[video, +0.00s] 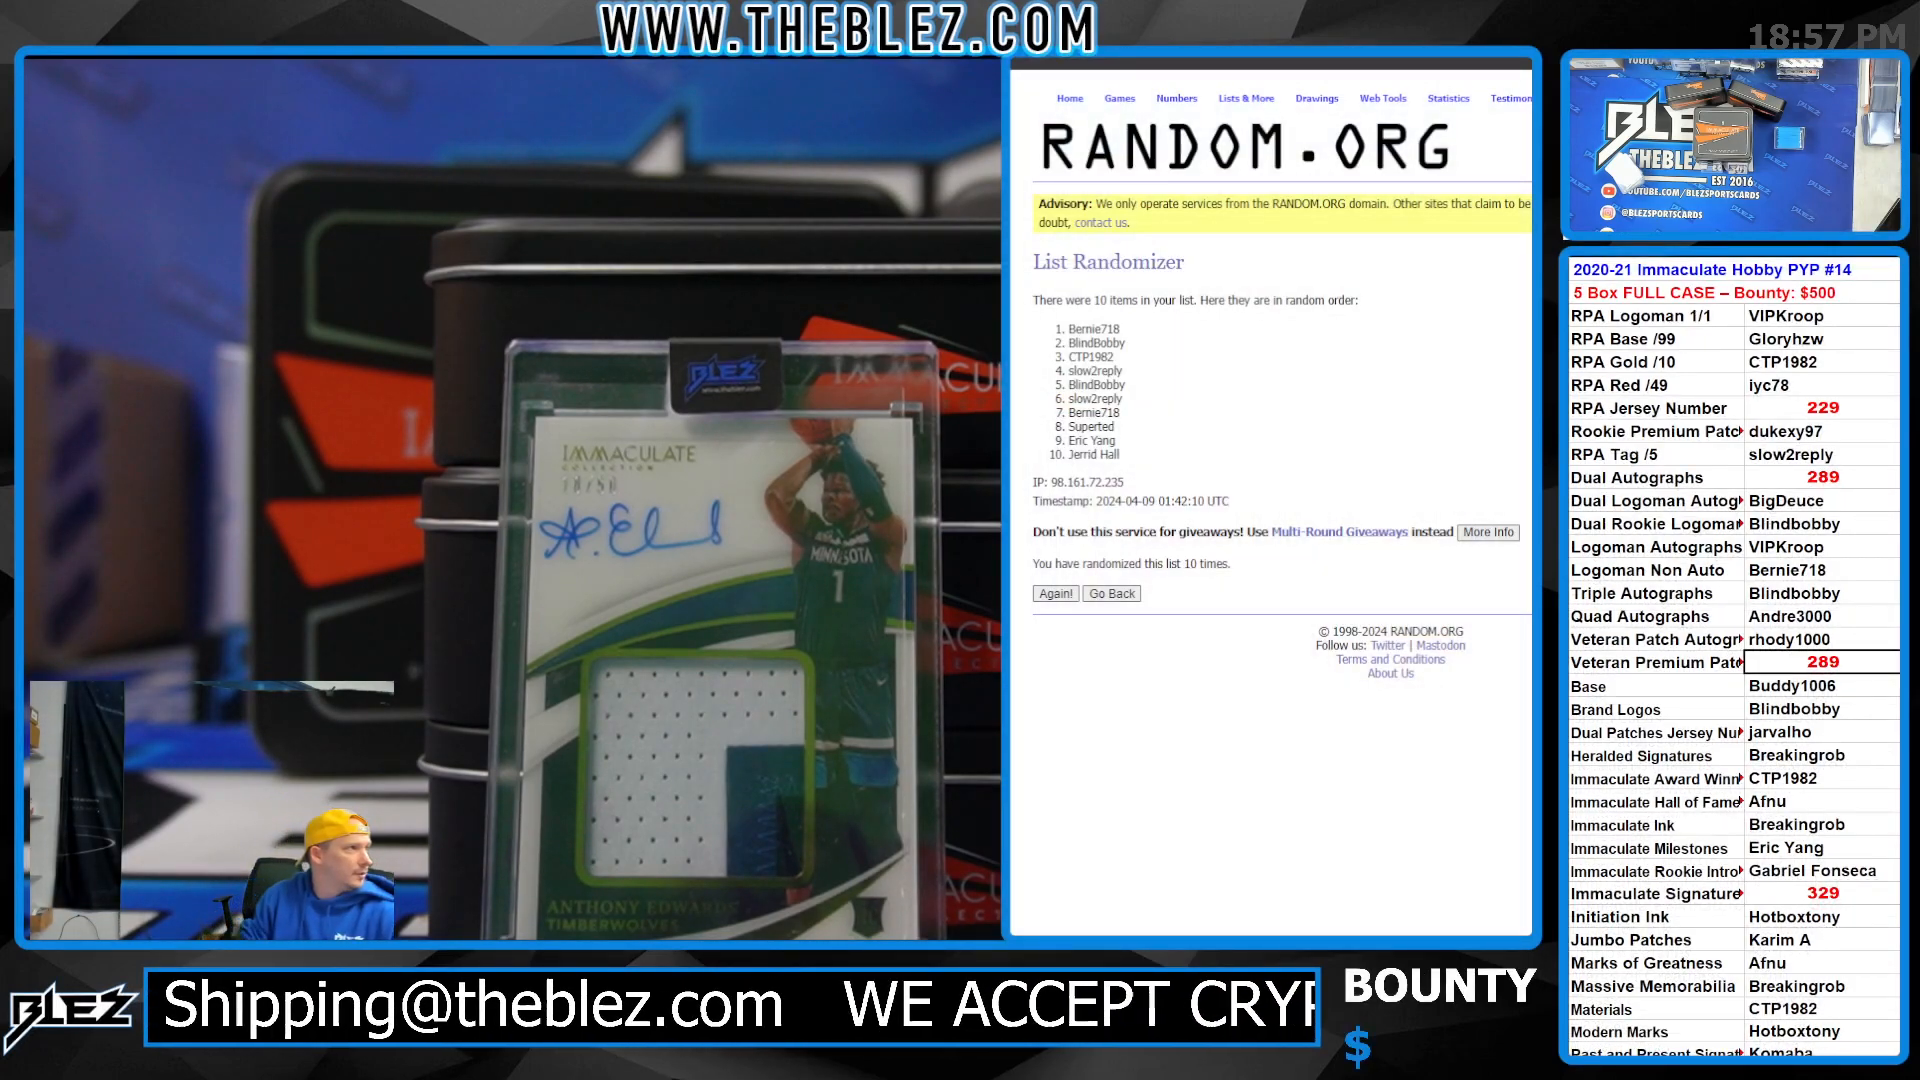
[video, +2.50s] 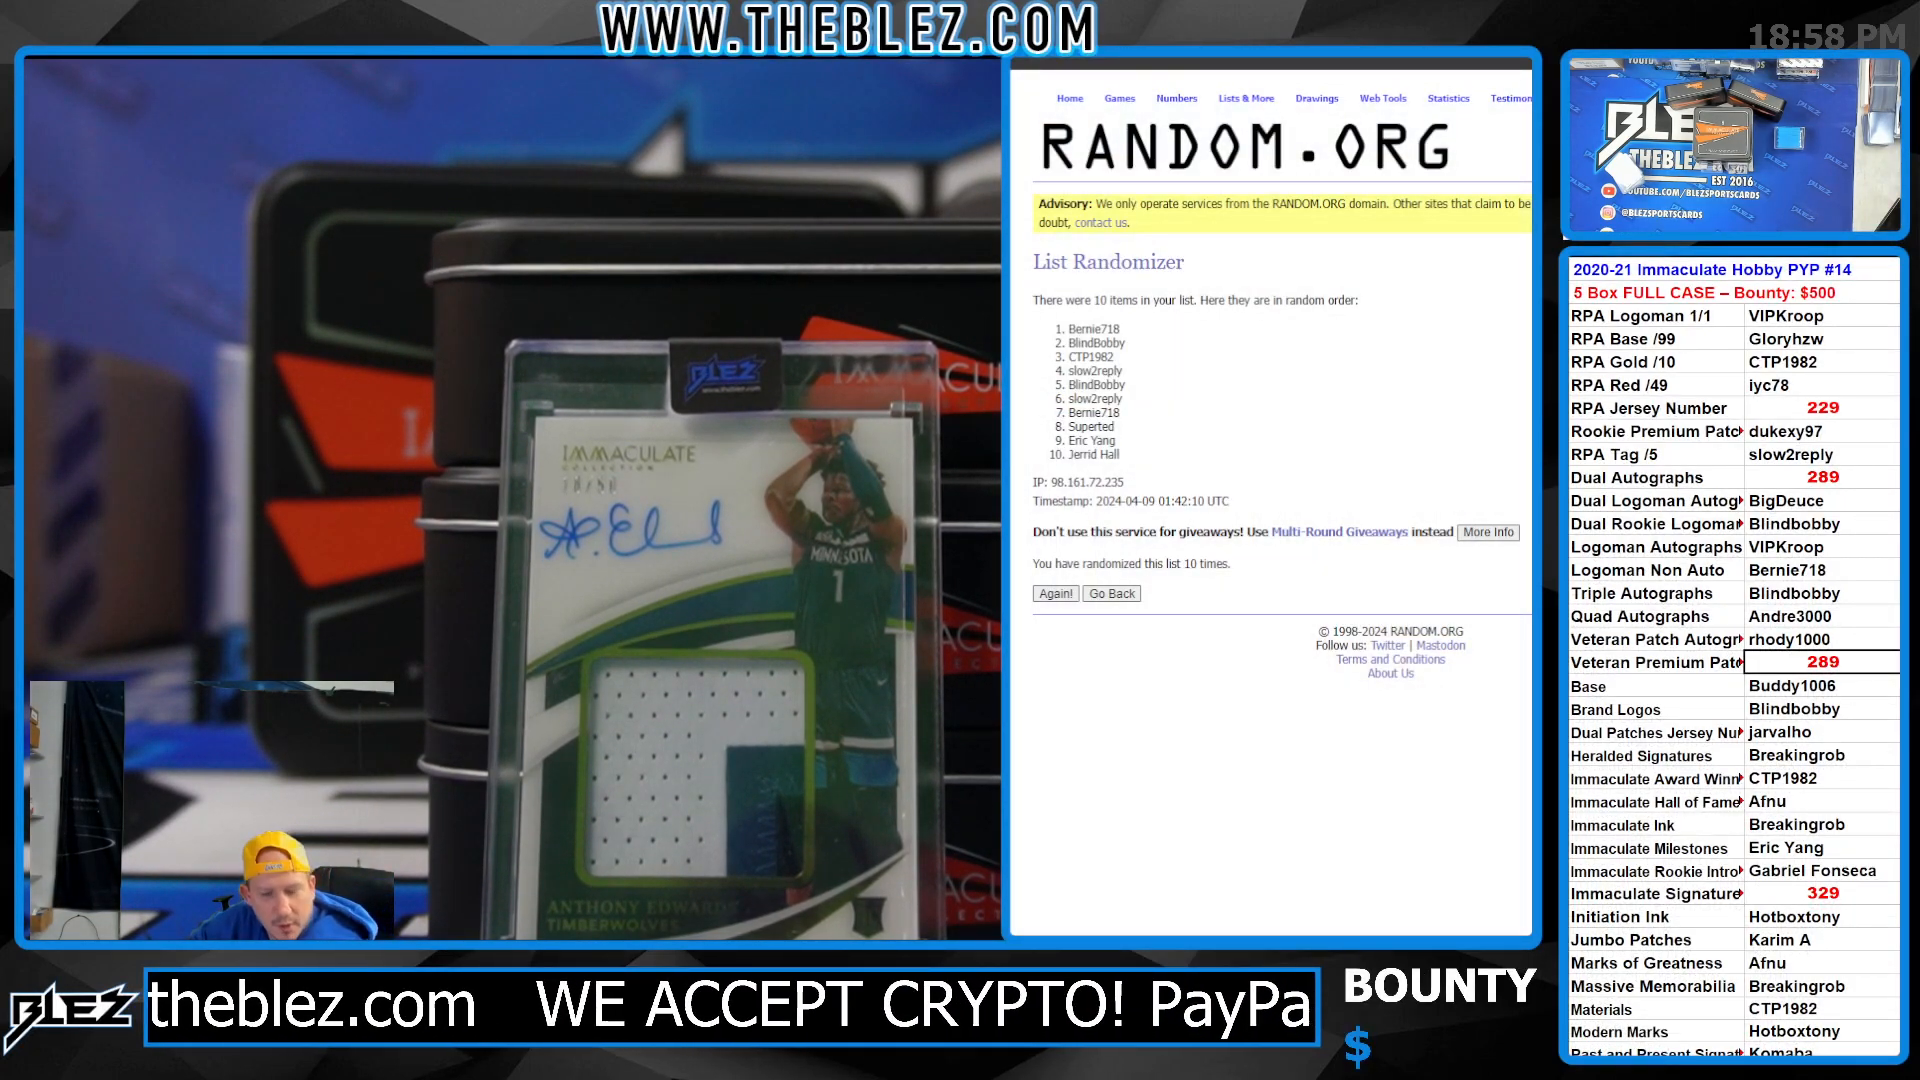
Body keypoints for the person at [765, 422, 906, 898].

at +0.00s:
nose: (835, 496)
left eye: (844, 489)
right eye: (829, 489)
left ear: (862, 495)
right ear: (822, 495)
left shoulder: (884, 539)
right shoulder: (810, 532)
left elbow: (875, 496)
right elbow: (776, 496)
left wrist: (845, 446)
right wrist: (815, 459)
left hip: (866, 676)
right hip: (813, 676)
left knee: (873, 792)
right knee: (818, 791)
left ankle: (871, 892)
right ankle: (819, 883)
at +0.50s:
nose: (835, 496)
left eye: (844, 489)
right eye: (830, 489)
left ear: (863, 495)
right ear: (822, 496)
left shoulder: (884, 539)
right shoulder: (810, 532)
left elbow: (875, 497)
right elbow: (776, 496)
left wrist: (844, 445)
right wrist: (815, 459)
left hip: (865, 678)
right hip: (813, 677)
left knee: (873, 794)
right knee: (818, 793)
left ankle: (871, 893)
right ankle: (818, 886)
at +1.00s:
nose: (835, 496)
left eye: (844, 489)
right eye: (829, 488)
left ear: (862, 494)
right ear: (822, 495)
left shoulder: (884, 539)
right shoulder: (810, 532)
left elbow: (875, 497)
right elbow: (776, 496)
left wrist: (844, 445)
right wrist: (815, 459)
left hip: (865, 679)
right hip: (813, 678)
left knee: (873, 796)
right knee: (818, 794)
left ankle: (873, 896)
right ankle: (818, 887)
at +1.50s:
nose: (835, 497)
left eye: (843, 490)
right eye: (829, 490)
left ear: (862, 495)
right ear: (822, 496)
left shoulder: (884, 539)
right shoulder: (811, 533)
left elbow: (876, 496)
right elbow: (776, 496)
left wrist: (843, 445)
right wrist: (815, 459)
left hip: (865, 679)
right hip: (813, 679)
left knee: (873, 797)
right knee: (820, 795)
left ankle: (873, 895)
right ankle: (820, 888)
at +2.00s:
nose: (834, 497)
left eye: (843, 490)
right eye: (829, 490)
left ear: (862, 495)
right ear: (821, 495)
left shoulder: (883, 539)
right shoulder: (810, 533)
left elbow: (875, 496)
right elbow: (776, 496)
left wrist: (844, 445)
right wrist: (814, 460)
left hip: (865, 678)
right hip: (812, 676)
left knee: (872, 795)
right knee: (816, 793)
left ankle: (871, 895)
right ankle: (816, 887)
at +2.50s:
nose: (835, 497)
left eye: (844, 490)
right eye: (830, 490)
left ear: (862, 495)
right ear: (822, 495)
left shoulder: (883, 539)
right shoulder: (810, 532)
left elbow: (876, 497)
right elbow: (776, 496)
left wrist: (844, 445)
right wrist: (814, 460)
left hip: (866, 677)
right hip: (813, 676)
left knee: (872, 795)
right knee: (819, 793)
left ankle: (871, 897)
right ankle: (821, 889)